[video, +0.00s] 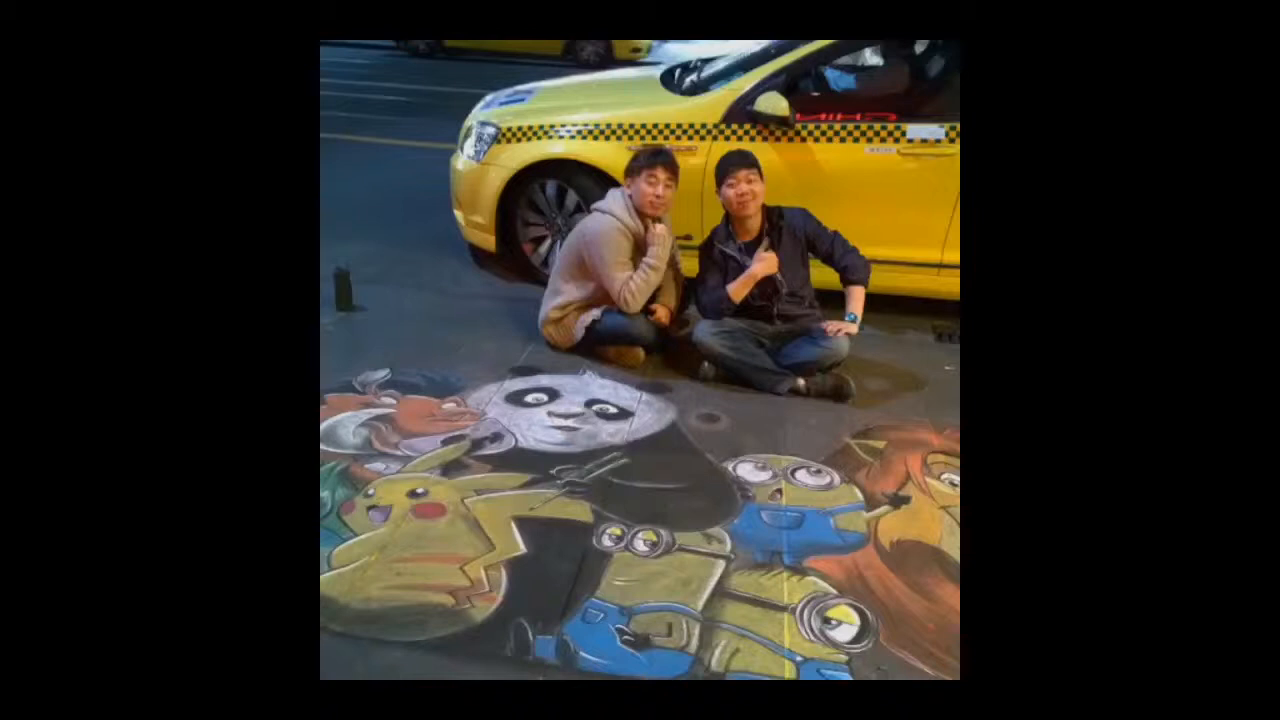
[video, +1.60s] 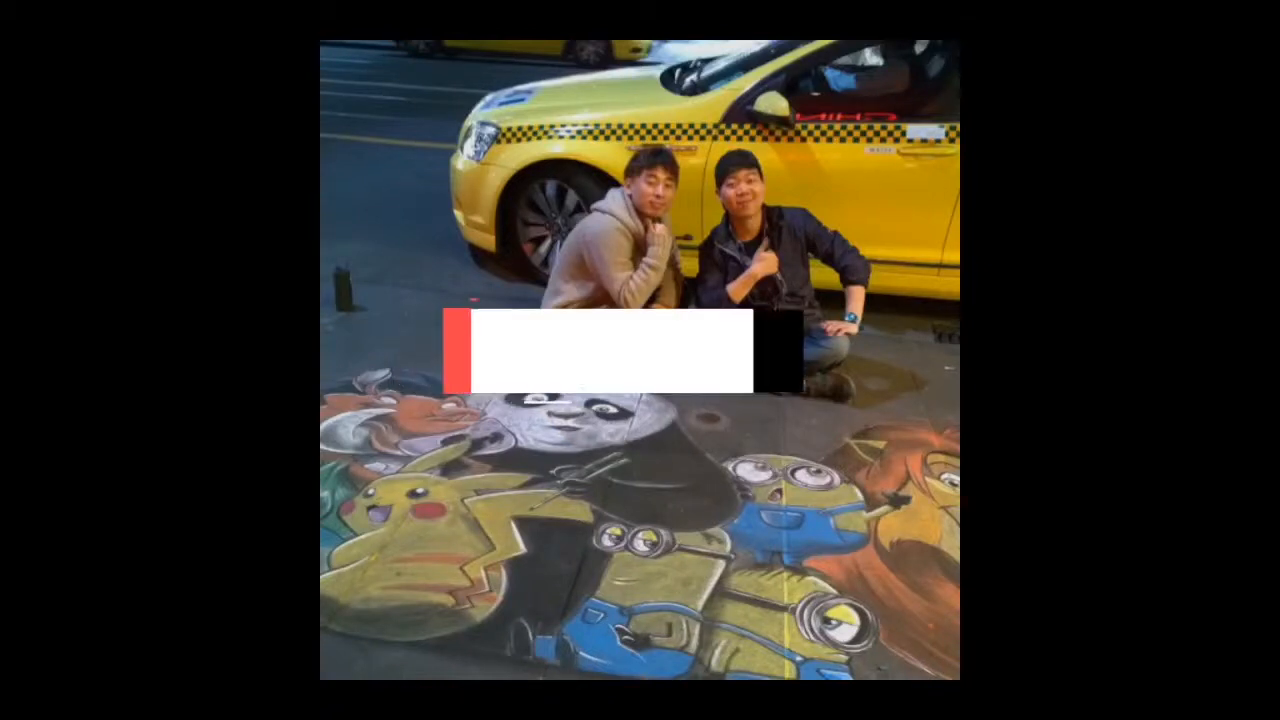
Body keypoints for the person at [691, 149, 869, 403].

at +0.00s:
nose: (743, 191)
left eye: (750, 181)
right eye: (732, 185)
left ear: (763, 187)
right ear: (720, 195)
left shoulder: (794, 222)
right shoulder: (714, 246)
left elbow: (853, 261)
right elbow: (709, 309)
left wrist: (852, 319)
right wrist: (753, 274)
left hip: (799, 328)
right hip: (746, 328)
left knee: (837, 344)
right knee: (704, 333)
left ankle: (733, 373)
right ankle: (798, 386)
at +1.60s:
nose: (743, 191)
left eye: (750, 181)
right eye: (732, 185)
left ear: (763, 187)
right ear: (720, 195)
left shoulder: (795, 222)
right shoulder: (713, 246)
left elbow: (853, 262)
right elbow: (708, 307)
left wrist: (851, 319)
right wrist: (752, 275)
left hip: (799, 324)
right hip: (743, 329)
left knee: (837, 344)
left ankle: (751, 372)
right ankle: (806, 387)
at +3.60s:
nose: (743, 190)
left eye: (750, 181)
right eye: (732, 184)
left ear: (763, 184)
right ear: (721, 192)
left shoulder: (791, 220)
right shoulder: (716, 230)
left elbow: (853, 262)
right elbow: (707, 303)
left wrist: (851, 319)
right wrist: (751, 276)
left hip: (800, 325)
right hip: (747, 324)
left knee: (837, 345)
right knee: (708, 333)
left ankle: (732, 371)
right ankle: (798, 386)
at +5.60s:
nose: (743, 191)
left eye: (750, 181)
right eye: (732, 185)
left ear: (763, 187)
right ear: (720, 195)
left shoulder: (795, 222)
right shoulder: (714, 246)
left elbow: (853, 263)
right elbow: (710, 310)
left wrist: (849, 321)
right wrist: (753, 274)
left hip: (800, 329)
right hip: (747, 329)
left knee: (838, 346)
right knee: (704, 334)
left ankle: (733, 372)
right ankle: (797, 386)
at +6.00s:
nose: (743, 191)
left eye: (750, 181)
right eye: (732, 185)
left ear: (763, 187)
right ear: (720, 195)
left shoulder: (795, 222)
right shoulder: (713, 246)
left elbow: (853, 262)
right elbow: (709, 308)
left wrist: (851, 320)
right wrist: (752, 275)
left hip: (799, 328)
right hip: (747, 328)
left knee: (837, 345)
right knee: (704, 334)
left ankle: (734, 372)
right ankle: (798, 386)